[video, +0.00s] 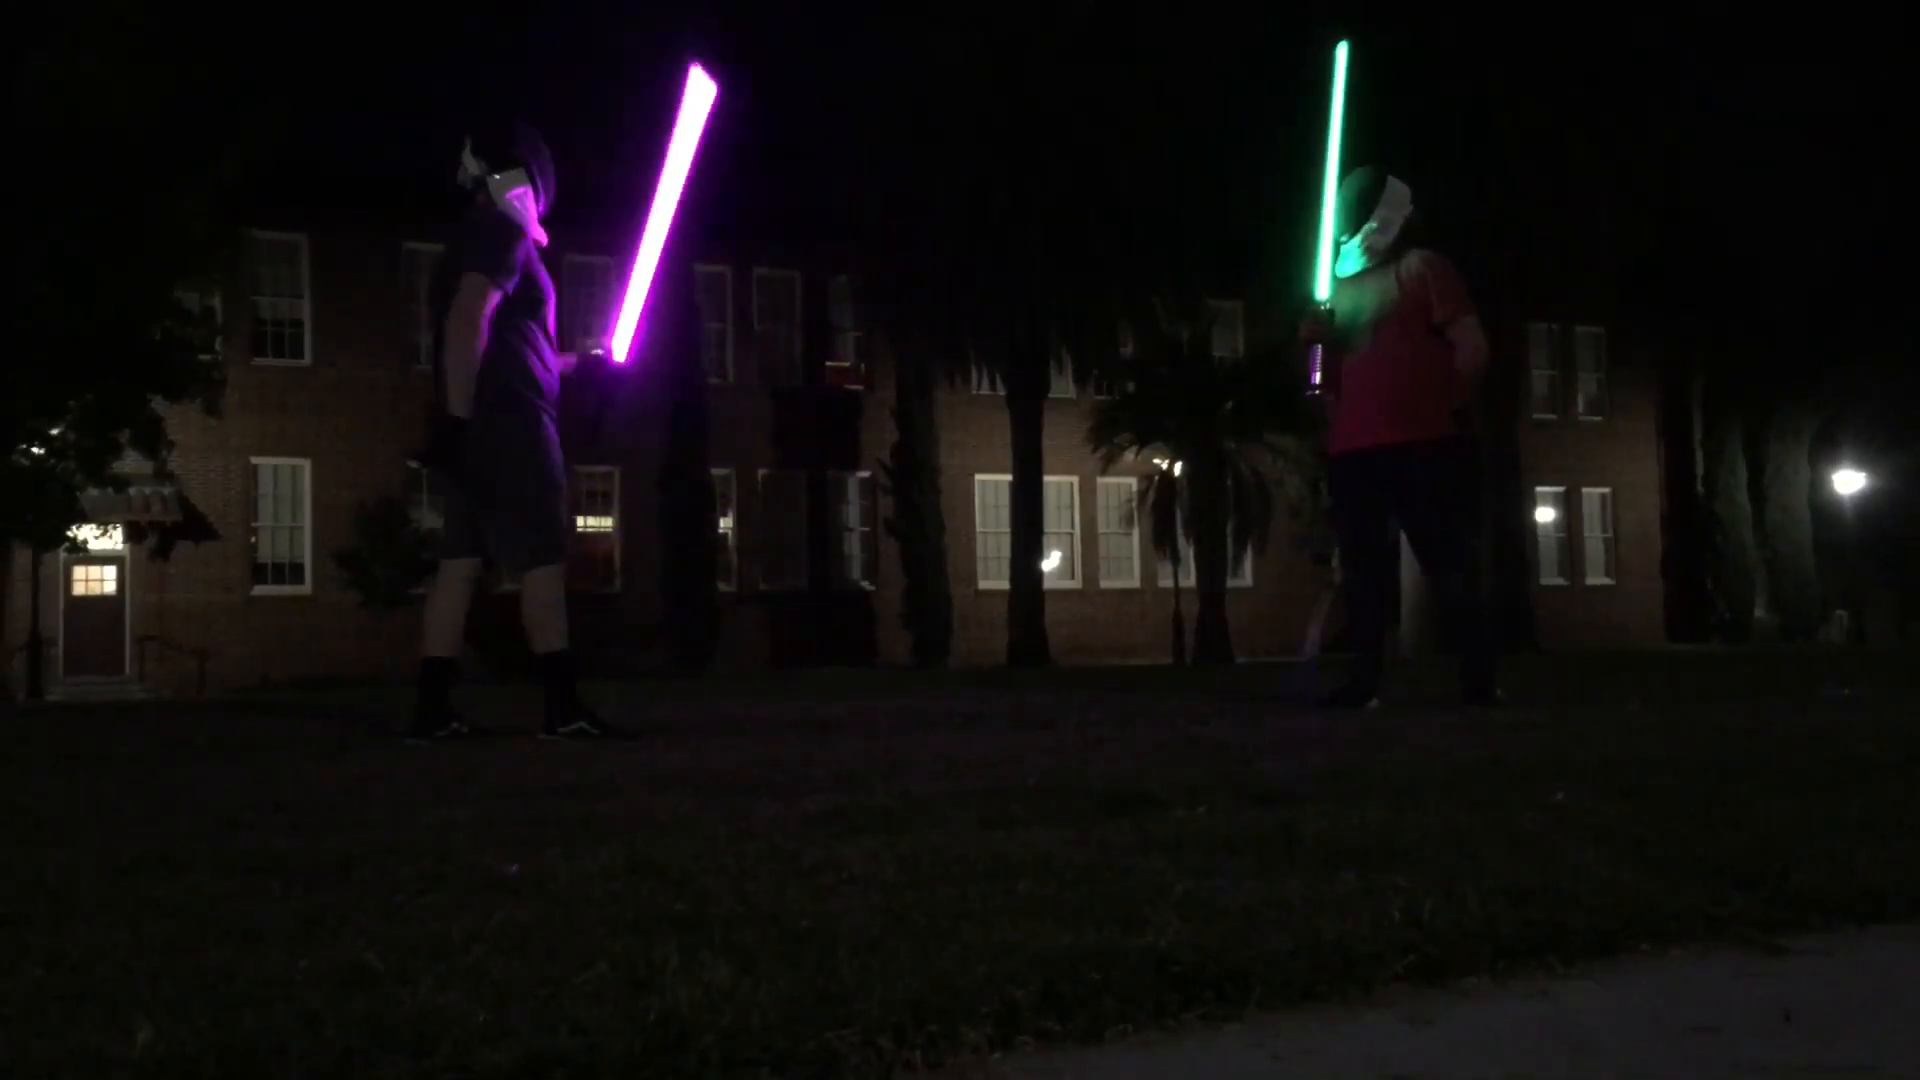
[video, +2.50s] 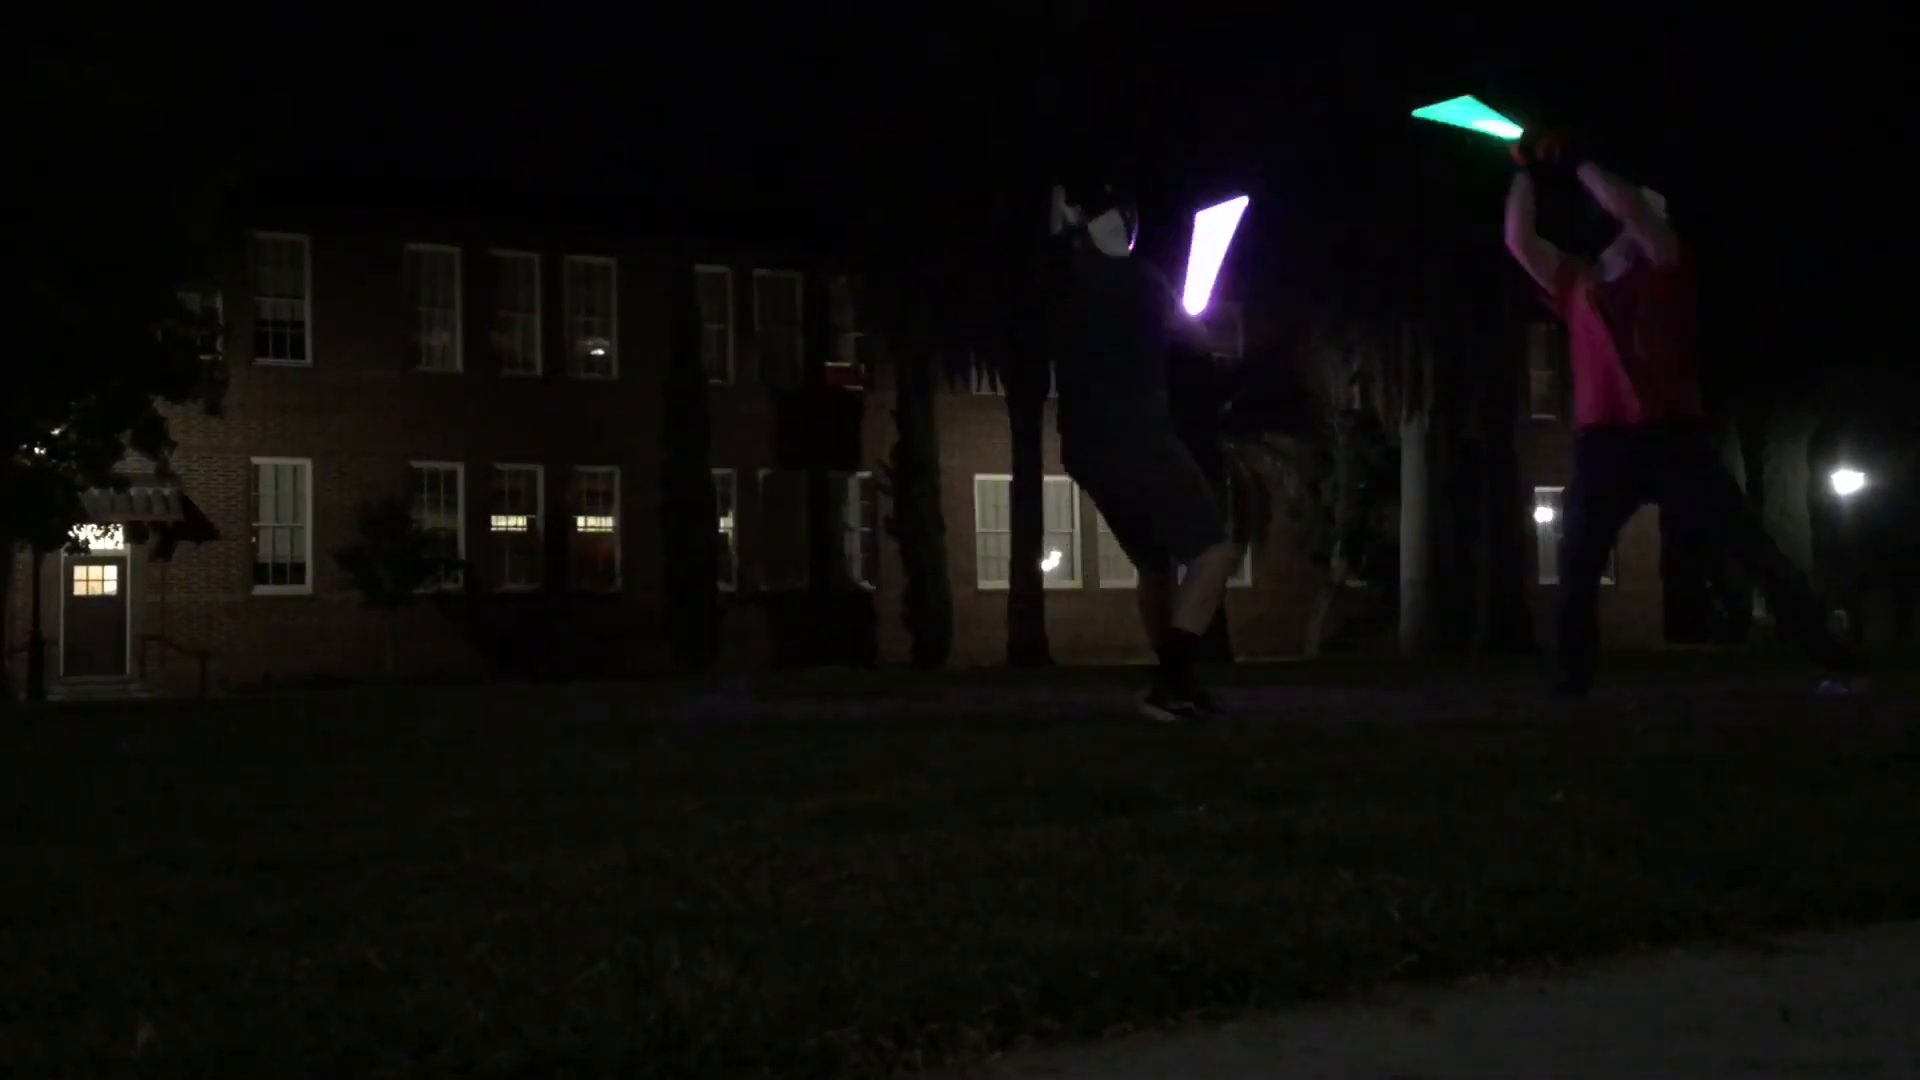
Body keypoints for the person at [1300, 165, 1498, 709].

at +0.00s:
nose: (1365, 233)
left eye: (1373, 221)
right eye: (1358, 222)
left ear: (1393, 220)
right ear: (1353, 223)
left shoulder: (1421, 271)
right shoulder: (1341, 284)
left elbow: (1470, 345)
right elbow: (1330, 372)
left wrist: (1439, 399)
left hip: (1422, 446)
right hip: (1356, 452)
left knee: (1449, 570)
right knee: (1364, 574)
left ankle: (1473, 678)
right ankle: (1360, 680)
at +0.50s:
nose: (1353, 240)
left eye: (1363, 228)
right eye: (1351, 229)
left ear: (1384, 228)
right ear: (1351, 233)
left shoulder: (1419, 276)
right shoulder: (1337, 300)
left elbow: (1466, 352)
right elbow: (1308, 377)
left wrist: (1456, 411)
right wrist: (1273, 430)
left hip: (1421, 448)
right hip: (1353, 457)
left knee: (1444, 568)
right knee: (1361, 572)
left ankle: (1470, 678)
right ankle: (1359, 679)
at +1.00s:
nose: (1380, 235)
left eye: (1391, 222)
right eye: (1376, 223)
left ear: (1412, 224)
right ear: (1370, 227)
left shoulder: (1436, 279)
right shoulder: (1368, 291)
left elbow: (1459, 357)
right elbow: (1357, 367)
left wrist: (1406, 404)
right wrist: (1323, 410)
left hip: (1436, 452)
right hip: (1378, 452)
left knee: (1449, 568)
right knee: (1367, 567)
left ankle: (1470, 678)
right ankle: (1361, 680)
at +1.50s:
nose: (1369, 253)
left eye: (1379, 240)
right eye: (1363, 243)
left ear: (1404, 237)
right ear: (1360, 245)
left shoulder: (1434, 289)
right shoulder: (1356, 309)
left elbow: (1414, 365)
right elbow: (1339, 375)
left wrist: (1340, 393)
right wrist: (1298, 370)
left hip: (1432, 461)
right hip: (1371, 464)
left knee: (1446, 576)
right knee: (1338, 566)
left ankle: (1474, 684)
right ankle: (1321, 680)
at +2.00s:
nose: (1449, 282)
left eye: (1460, 271)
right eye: (1450, 273)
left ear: (1485, 274)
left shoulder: (1502, 310)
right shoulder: (1441, 330)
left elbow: (1431, 331)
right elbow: (1406, 398)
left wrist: (1367, 343)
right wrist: (1338, 392)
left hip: (1495, 482)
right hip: (1436, 485)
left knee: (1548, 598)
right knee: (1373, 584)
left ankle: (1640, 688)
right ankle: (1317, 690)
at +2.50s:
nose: (1624, 228)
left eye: (1635, 217)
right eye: (1620, 218)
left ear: (1651, 227)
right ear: (1605, 226)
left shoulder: (1666, 269)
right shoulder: (1577, 282)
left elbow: (1628, 209)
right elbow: (1519, 240)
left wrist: (1575, 160)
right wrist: (1524, 172)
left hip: (1673, 438)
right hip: (1604, 443)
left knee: (1747, 549)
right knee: (1578, 563)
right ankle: (1571, 680)